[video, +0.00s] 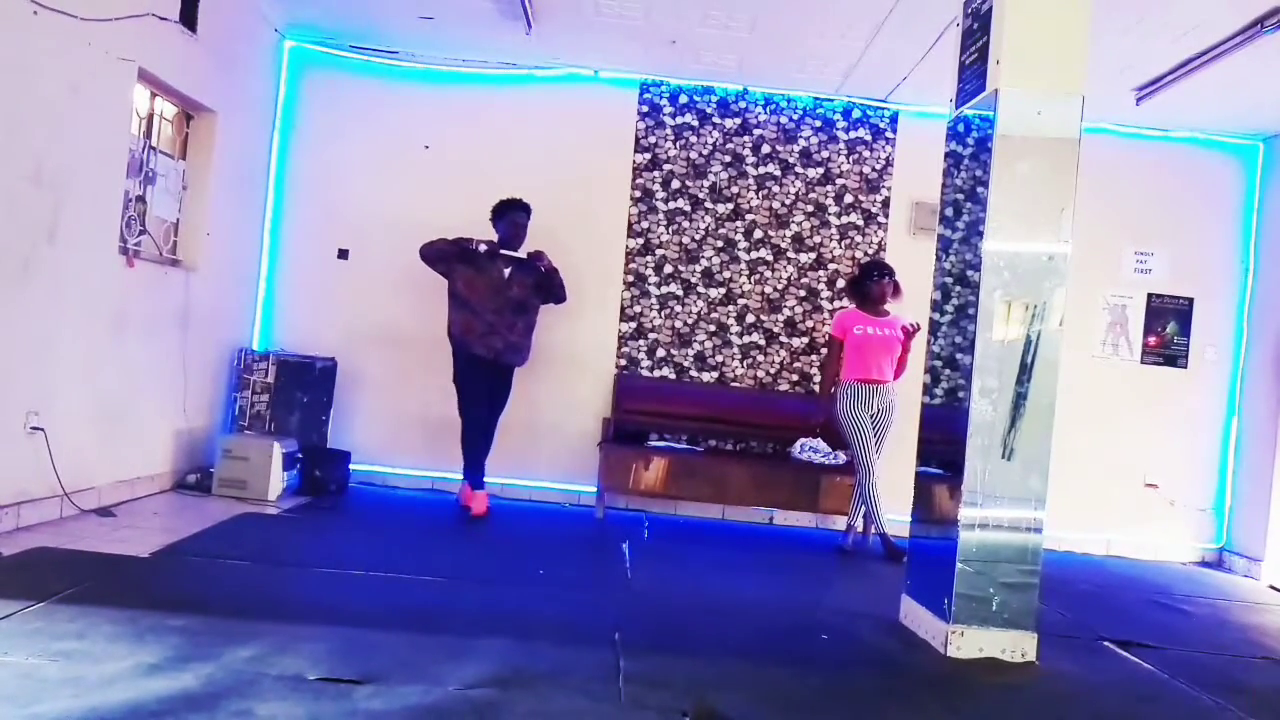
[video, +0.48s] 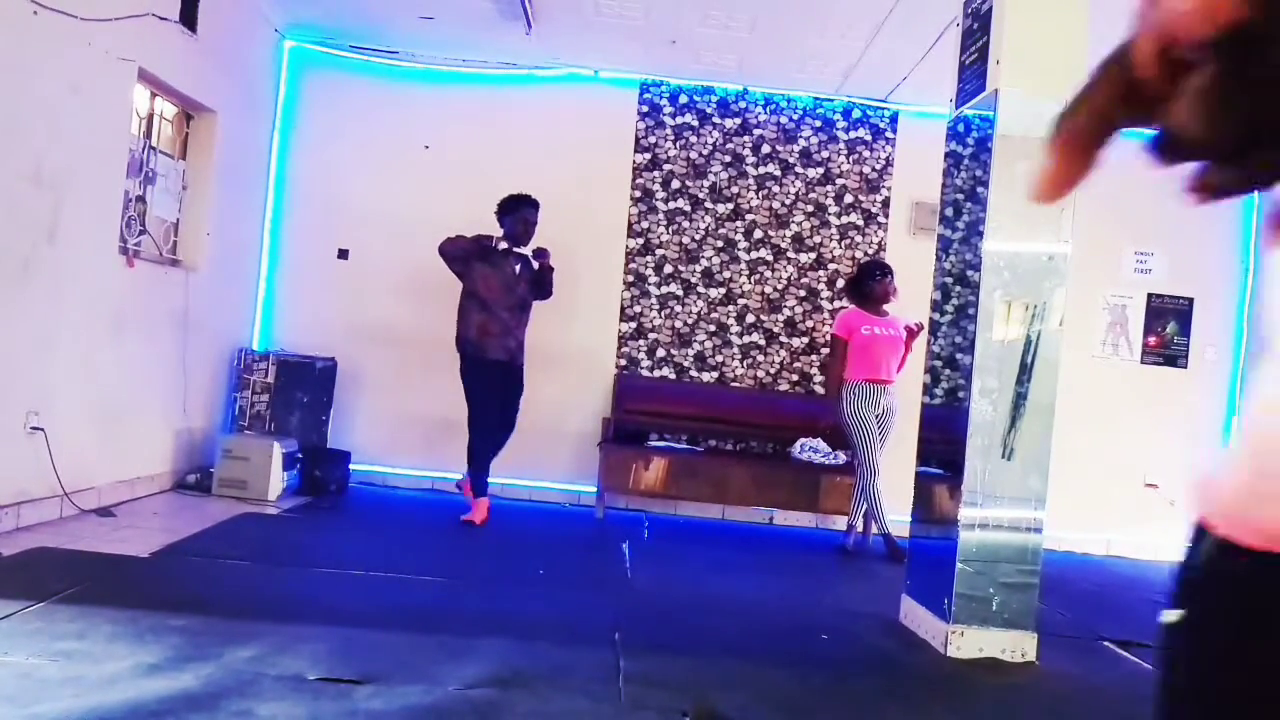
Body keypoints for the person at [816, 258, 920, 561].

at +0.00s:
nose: (885, 291)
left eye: (889, 284)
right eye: (879, 284)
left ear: (894, 289)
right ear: (864, 287)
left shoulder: (897, 325)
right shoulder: (846, 317)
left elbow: (896, 373)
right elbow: (832, 362)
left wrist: (907, 345)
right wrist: (825, 400)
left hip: (884, 397)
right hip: (852, 394)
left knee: (868, 465)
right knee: (866, 463)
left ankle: (850, 532)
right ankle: (883, 535)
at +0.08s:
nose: (886, 289)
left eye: (889, 283)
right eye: (879, 282)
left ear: (893, 288)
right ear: (864, 286)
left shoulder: (897, 325)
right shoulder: (846, 317)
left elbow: (897, 373)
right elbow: (832, 362)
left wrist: (907, 344)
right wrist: (825, 401)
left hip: (884, 397)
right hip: (853, 394)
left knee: (869, 465)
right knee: (867, 463)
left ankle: (851, 533)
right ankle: (884, 535)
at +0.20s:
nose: (887, 288)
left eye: (889, 282)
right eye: (881, 282)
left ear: (893, 287)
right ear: (865, 286)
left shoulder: (897, 324)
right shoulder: (846, 317)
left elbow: (896, 372)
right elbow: (833, 363)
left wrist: (908, 343)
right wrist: (827, 402)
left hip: (885, 397)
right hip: (854, 394)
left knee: (869, 465)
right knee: (868, 463)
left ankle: (851, 533)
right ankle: (885, 535)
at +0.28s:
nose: (892, 287)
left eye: (892, 281)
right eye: (885, 281)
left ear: (891, 286)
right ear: (868, 285)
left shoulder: (897, 325)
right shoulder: (847, 317)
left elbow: (896, 371)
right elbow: (834, 364)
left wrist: (908, 343)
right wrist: (829, 404)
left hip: (885, 397)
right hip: (855, 394)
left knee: (869, 465)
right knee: (869, 464)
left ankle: (852, 533)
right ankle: (886, 536)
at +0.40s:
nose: (893, 286)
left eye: (893, 280)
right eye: (887, 281)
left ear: (887, 285)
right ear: (870, 285)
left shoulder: (896, 324)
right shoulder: (848, 317)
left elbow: (895, 370)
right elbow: (835, 364)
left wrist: (909, 343)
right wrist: (830, 404)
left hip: (886, 397)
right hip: (856, 395)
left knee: (869, 465)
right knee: (869, 464)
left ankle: (852, 532)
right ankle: (886, 536)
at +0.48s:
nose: (894, 288)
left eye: (893, 282)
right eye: (887, 283)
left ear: (887, 285)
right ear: (870, 286)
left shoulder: (896, 324)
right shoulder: (849, 317)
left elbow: (895, 369)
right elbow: (836, 364)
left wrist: (909, 343)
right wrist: (832, 404)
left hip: (886, 397)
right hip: (856, 394)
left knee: (869, 465)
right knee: (869, 464)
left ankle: (853, 532)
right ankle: (887, 535)